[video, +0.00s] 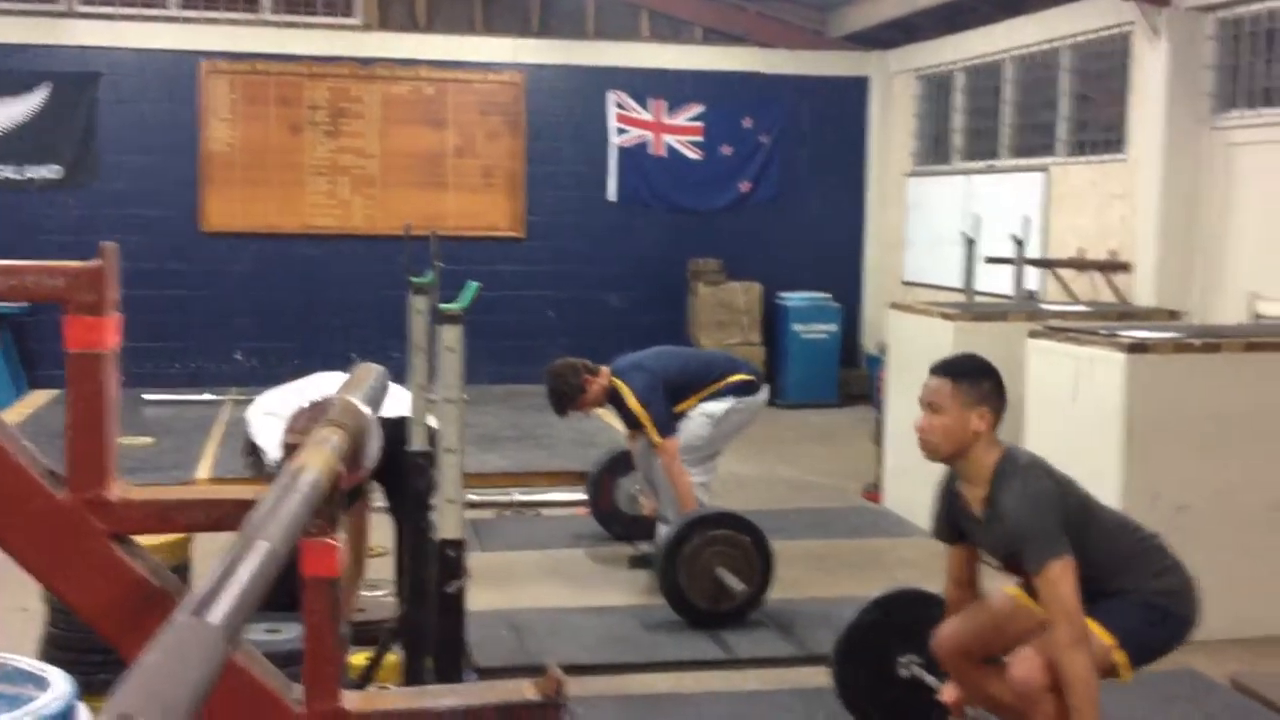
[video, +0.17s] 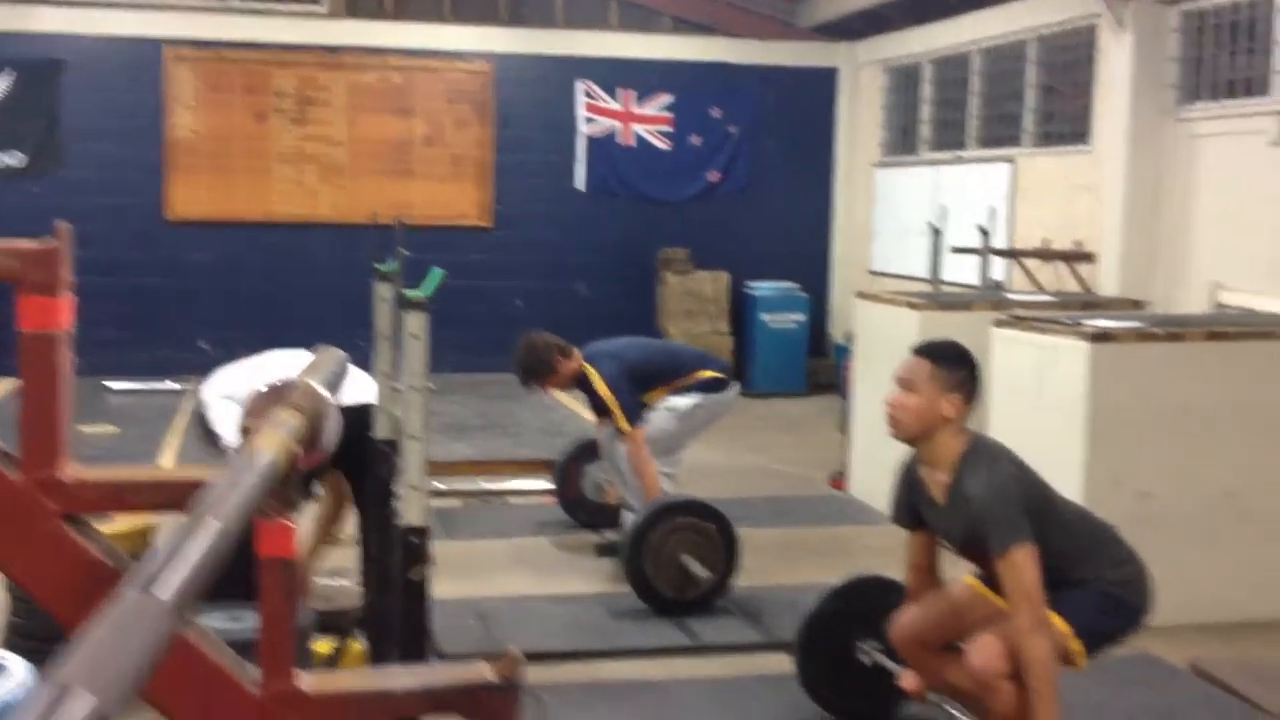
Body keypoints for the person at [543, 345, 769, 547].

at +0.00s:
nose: (587, 410)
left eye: (583, 404)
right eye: (580, 409)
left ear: (590, 380)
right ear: (589, 377)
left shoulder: (636, 384)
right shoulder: (615, 386)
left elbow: (671, 455)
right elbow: (638, 443)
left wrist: (694, 522)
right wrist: (650, 495)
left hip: (740, 391)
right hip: (715, 393)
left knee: (676, 458)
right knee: (648, 453)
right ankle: (668, 541)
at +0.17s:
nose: (551, 389)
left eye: (548, 381)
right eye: (545, 384)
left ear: (560, 363)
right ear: (562, 356)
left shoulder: (601, 374)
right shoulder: (588, 369)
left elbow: (636, 441)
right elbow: (606, 430)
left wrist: (658, 508)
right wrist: (611, 479)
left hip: (710, 386)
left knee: (622, 444)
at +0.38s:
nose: (456, 329)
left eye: (459, 321)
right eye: (455, 322)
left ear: (485, 318)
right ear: (489, 316)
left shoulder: (523, 339)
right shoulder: (512, 337)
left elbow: (548, 408)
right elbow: (530, 403)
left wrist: (564, 471)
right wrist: (532, 462)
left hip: (629, 369)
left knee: (537, 418)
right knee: (528, 413)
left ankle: (569, 495)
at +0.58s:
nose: (421, 290)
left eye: (430, 284)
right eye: (425, 282)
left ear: (456, 294)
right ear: (455, 296)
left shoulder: (490, 333)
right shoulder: (466, 331)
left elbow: (508, 409)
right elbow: (477, 393)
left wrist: (519, 475)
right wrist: (484, 453)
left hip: (583, 376)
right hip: (554, 373)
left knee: (495, 418)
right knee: (478, 405)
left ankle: (532, 488)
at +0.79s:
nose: (416, 261)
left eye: (427, 255)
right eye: (421, 253)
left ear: (451, 272)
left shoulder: (475, 316)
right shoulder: (458, 314)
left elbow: (492, 392)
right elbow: (460, 381)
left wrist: (500, 462)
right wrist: (464, 454)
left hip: (563, 374)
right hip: (538, 368)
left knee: (471, 411)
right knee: (459, 387)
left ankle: (504, 478)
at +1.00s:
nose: (421, 245)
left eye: (433, 240)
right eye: (426, 238)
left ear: (455, 258)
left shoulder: (474, 306)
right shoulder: (452, 301)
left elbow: (489, 382)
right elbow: (458, 365)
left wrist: (492, 453)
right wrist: (460, 420)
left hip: (557, 366)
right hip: (529, 360)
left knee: (466, 402)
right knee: (452, 378)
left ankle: (499, 470)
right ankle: (483, 466)